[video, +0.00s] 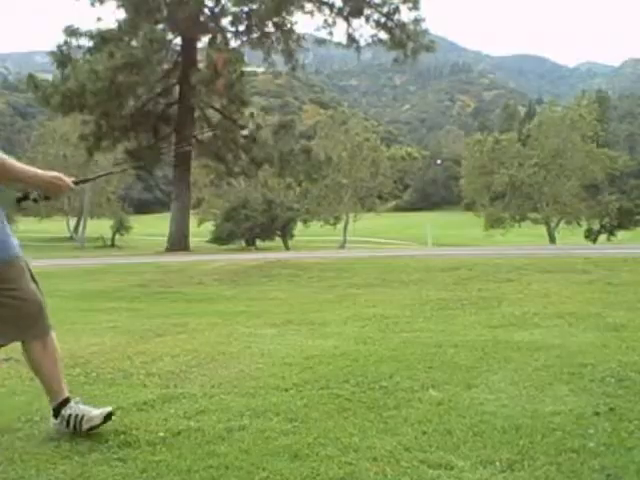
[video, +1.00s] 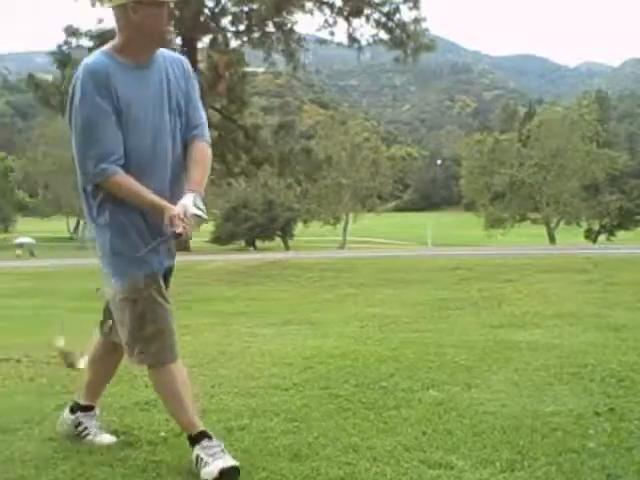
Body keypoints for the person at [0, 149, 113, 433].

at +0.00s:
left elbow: (3, 165)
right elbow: (2, 166)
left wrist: (38, 179)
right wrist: (40, 178)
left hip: (2, 235)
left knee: (31, 310)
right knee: (28, 310)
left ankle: (62, 405)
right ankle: (62, 405)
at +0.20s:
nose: (36, 35)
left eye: (34, 26)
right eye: (28, 27)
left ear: (14, 33)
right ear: (3, 31)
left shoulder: (21, 88)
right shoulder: (4, 90)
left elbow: (35, 157)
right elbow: (13, 166)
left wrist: (75, 192)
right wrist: (82, 194)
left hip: (26, 230)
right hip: (5, 235)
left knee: (61, 318)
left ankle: (71, 413)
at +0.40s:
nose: (84, 24)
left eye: (83, 16)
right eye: (76, 16)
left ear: (59, 23)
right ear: (46, 20)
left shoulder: (75, 77)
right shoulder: (12, 73)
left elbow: (97, 144)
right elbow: (39, 160)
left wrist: (112, 192)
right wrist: (105, 197)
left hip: (68, 226)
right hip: (17, 227)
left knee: (78, 325)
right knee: (10, 333)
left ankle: (73, 415)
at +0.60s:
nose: (114, 16)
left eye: (113, 8)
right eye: (105, 8)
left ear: (94, 16)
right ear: (75, 14)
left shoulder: (113, 71)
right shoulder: (39, 68)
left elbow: (138, 137)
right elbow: (49, 156)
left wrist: (137, 184)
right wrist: (112, 192)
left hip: (97, 212)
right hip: (51, 210)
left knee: (94, 314)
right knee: (69, 310)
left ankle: (77, 413)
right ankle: (60, 418)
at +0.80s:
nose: (139, 14)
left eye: (138, 7)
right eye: (129, 7)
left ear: (119, 16)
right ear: (98, 14)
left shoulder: (143, 69)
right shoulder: (64, 67)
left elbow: (164, 135)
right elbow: (65, 158)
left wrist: (159, 183)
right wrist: (126, 190)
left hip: (126, 217)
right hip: (83, 220)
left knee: (97, 321)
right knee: (120, 317)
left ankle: (75, 415)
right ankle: (175, 422)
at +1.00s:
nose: (170, 13)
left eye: (170, 5)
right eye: (159, 6)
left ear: (158, 15)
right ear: (127, 14)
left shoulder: (178, 67)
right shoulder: (95, 74)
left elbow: (198, 138)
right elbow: (101, 170)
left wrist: (192, 198)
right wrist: (162, 207)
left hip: (165, 228)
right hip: (124, 233)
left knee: (121, 326)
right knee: (156, 334)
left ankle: (81, 413)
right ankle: (202, 442)